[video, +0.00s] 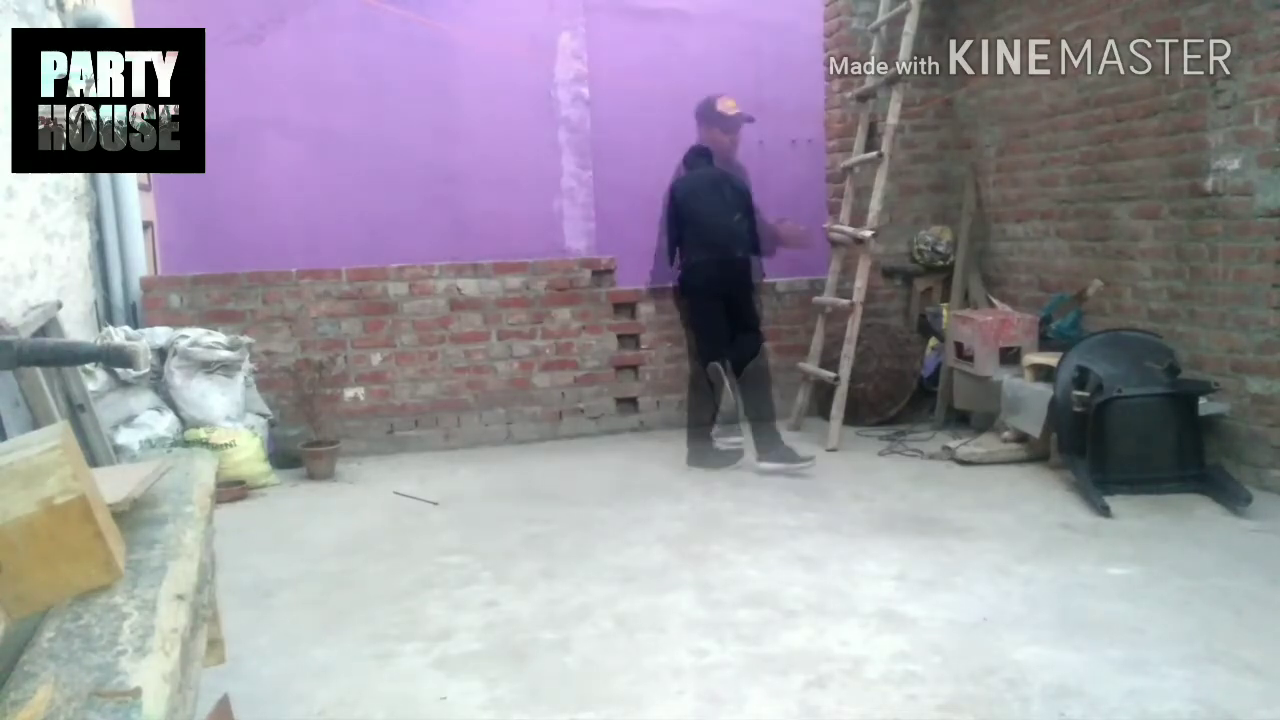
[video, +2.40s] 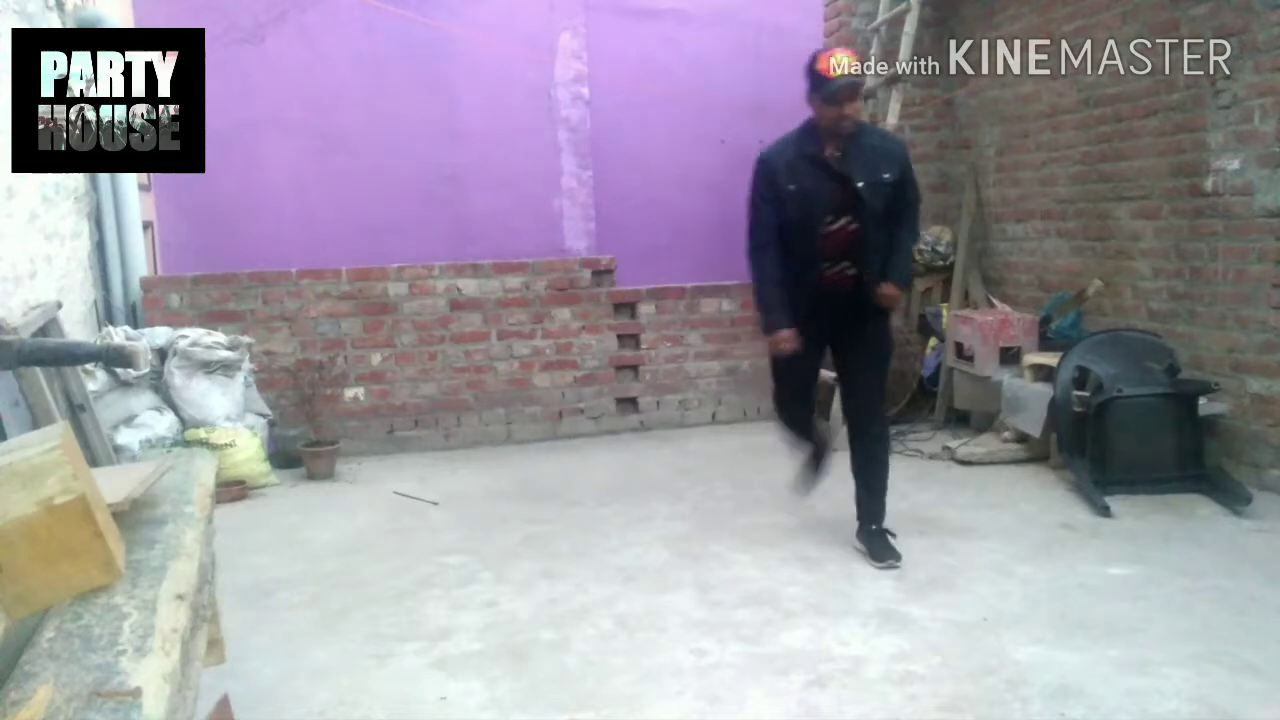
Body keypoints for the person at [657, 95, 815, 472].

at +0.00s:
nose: (734, 139)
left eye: (736, 131)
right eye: (726, 131)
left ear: (737, 131)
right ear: (705, 131)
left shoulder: (735, 176)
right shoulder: (694, 178)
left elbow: (741, 226)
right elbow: (718, 230)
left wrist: (771, 233)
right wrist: (767, 234)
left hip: (735, 276)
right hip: (702, 280)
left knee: (750, 356)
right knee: (709, 360)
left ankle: (769, 444)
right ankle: (699, 445)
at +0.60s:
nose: (784, 138)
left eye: (789, 129)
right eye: (776, 130)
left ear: (793, 128)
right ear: (755, 126)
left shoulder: (788, 171)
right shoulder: (730, 173)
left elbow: (798, 232)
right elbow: (723, 244)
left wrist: (804, 286)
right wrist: (732, 301)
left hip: (774, 286)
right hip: (736, 288)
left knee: (773, 373)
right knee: (731, 368)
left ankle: (767, 455)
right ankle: (715, 432)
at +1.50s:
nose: (764, 137)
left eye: (769, 126)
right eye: (753, 130)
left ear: (784, 120)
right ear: (742, 133)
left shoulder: (821, 172)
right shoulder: (724, 179)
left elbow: (836, 241)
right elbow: (707, 244)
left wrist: (826, 300)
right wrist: (696, 303)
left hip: (798, 307)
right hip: (742, 308)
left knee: (792, 389)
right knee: (747, 398)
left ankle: (778, 449)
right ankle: (755, 497)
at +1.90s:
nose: (775, 122)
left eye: (780, 110)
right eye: (762, 116)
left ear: (793, 103)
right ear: (749, 117)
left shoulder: (832, 156)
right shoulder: (727, 169)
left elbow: (861, 212)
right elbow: (710, 240)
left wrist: (844, 269)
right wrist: (713, 299)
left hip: (816, 299)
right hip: (755, 305)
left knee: (838, 380)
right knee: (753, 403)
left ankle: (820, 473)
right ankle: (757, 500)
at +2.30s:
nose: (830, 115)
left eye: (837, 103)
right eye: (818, 107)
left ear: (847, 102)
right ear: (797, 109)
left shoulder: (875, 157)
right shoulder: (767, 169)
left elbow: (897, 223)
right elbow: (748, 247)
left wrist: (885, 282)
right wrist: (748, 318)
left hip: (859, 310)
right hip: (793, 309)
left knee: (867, 419)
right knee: (779, 410)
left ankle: (872, 525)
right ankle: (771, 491)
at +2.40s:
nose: (847, 110)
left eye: (854, 98)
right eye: (834, 101)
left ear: (864, 97)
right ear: (811, 103)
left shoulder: (887, 152)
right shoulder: (777, 162)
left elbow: (905, 221)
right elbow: (764, 247)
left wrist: (897, 277)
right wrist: (776, 320)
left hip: (864, 310)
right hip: (801, 310)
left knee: (868, 417)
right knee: (790, 405)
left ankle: (872, 523)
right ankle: (818, 445)